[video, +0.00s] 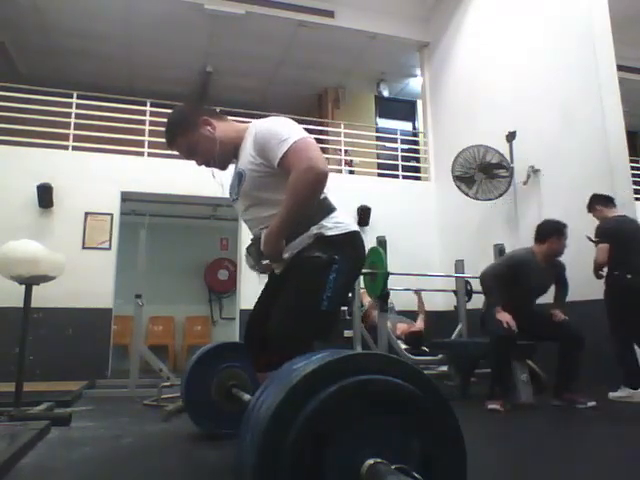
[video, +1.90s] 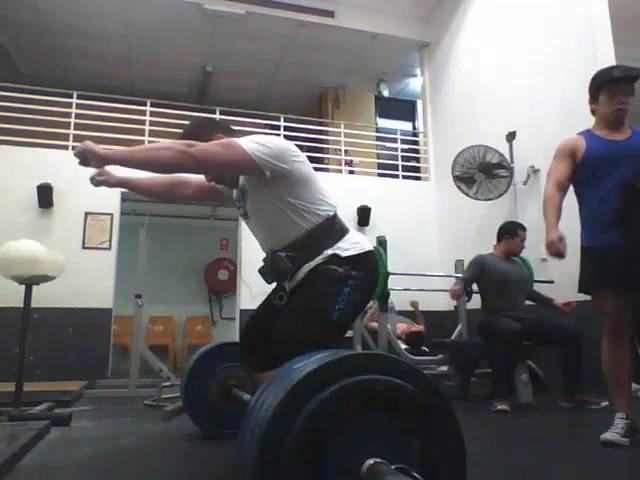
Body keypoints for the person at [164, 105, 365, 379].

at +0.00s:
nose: (198, 162)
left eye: (193, 153)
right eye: (191, 158)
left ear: (208, 127)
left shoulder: (267, 129)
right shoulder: (239, 175)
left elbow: (312, 169)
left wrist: (276, 234)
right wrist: (262, 246)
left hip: (328, 248)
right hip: (296, 260)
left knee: (289, 341)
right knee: (257, 338)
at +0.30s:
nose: (198, 161)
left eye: (194, 151)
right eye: (191, 157)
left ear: (210, 127)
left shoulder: (272, 130)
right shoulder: (241, 178)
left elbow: (276, 182)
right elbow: (236, 228)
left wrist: (263, 246)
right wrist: (223, 265)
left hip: (328, 245)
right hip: (296, 260)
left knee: (288, 337)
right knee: (258, 336)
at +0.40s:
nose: (200, 162)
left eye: (197, 151)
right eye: (193, 157)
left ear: (213, 126)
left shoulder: (272, 133)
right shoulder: (236, 175)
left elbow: (257, 174)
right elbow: (212, 219)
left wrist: (220, 216)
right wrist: (179, 262)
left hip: (330, 247)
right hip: (292, 263)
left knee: (290, 339)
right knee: (258, 338)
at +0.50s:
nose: (204, 157)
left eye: (201, 148)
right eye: (197, 154)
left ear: (215, 125)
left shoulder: (278, 134)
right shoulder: (241, 177)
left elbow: (227, 158)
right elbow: (204, 207)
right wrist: (150, 233)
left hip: (331, 250)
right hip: (294, 264)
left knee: (294, 342)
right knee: (257, 338)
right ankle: (283, 426)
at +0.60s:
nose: (208, 147)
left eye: (206, 140)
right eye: (201, 144)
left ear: (219, 123)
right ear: (213, 133)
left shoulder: (278, 134)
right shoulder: (238, 177)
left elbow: (210, 147)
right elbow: (188, 197)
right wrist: (131, 207)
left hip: (333, 251)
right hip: (296, 267)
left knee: (288, 346)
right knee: (257, 345)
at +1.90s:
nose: (202, 163)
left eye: (201, 154)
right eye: (195, 157)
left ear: (217, 137)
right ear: (213, 144)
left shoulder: (273, 150)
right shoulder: (237, 184)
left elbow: (190, 155)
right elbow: (181, 189)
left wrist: (109, 152)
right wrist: (122, 180)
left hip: (342, 265)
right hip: (304, 275)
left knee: (285, 352)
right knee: (254, 344)